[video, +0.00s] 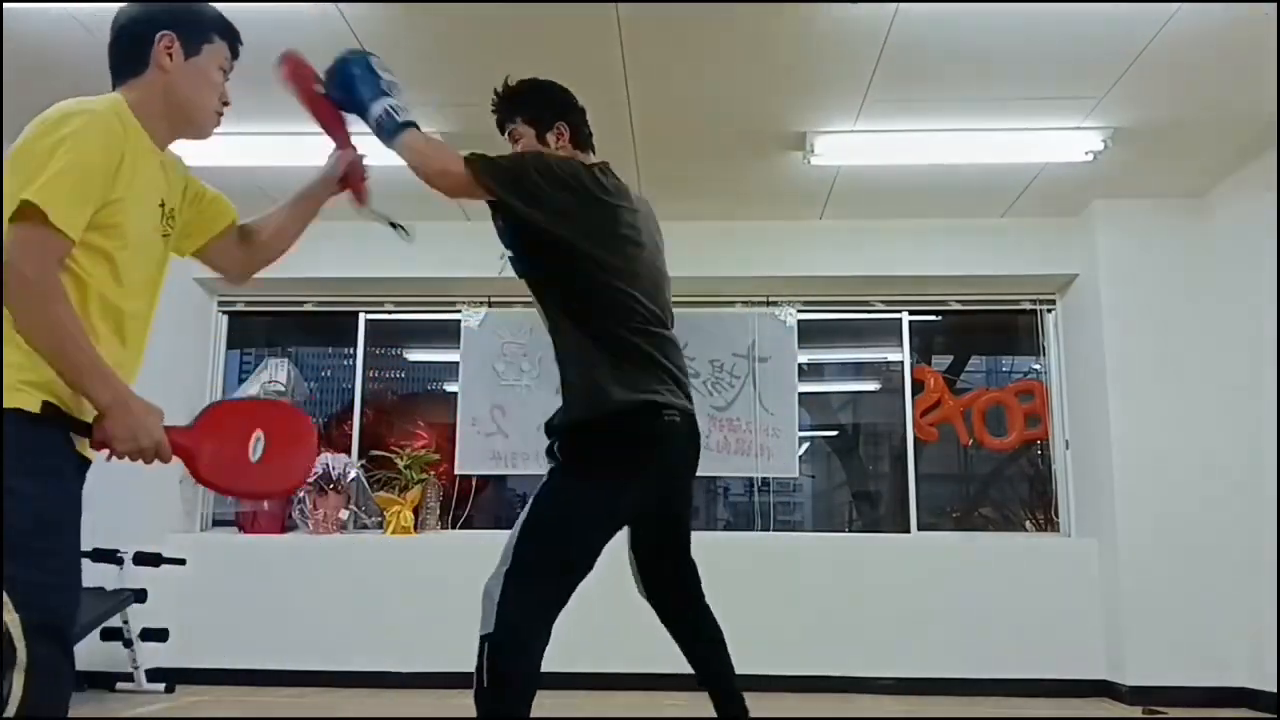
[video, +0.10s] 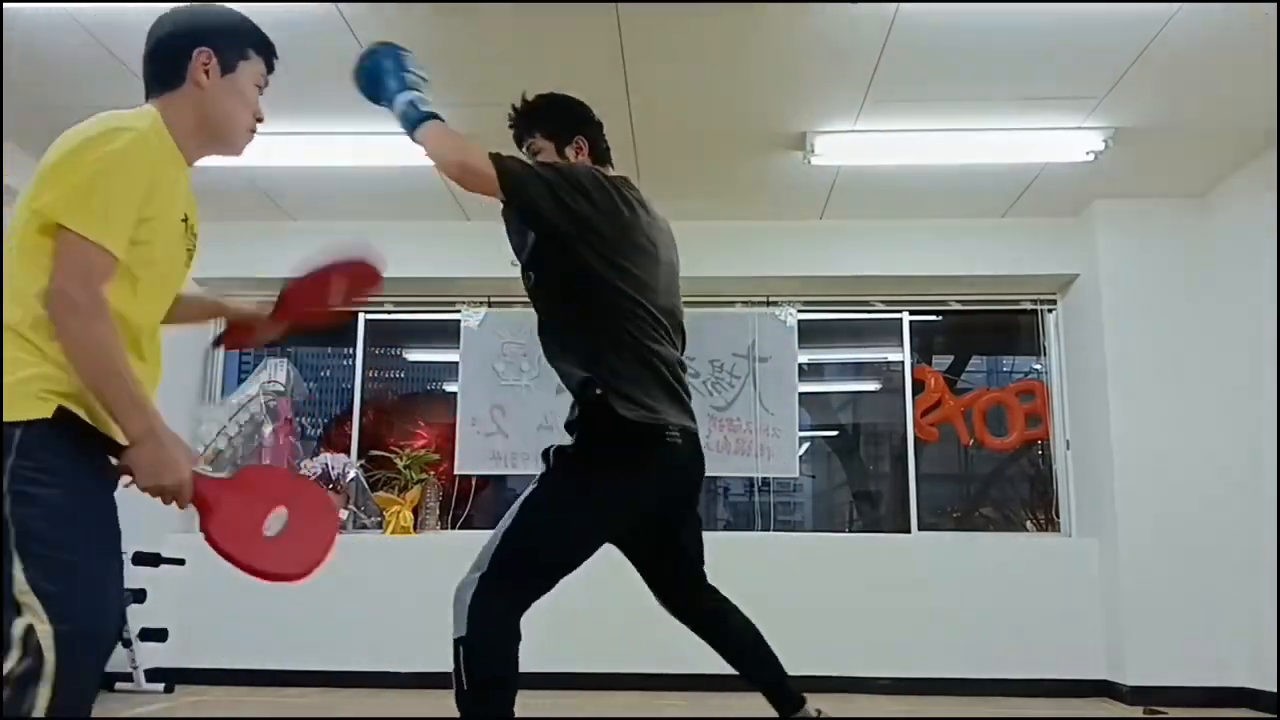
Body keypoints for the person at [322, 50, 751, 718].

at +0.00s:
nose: (510, 152)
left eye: (517, 137)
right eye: (509, 141)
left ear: (560, 135)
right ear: (568, 136)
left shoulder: (563, 179)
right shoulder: (627, 197)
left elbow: (450, 176)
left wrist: (378, 107)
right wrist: (524, 231)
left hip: (613, 427)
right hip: (672, 428)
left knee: (522, 598)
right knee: (669, 578)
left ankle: (502, 714)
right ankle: (735, 711)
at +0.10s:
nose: (526, 167)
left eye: (533, 152)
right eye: (524, 156)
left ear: (578, 147)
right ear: (596, 152)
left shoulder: (580, 189)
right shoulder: (646, 215)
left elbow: (469, 170)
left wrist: (410, 106)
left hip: (614, 445)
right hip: (673, 450)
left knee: (487, 597)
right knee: (688, 595)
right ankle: (796, 708)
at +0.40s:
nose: (650, 148)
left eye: (658, 132)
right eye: (650, 132)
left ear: (684, 130)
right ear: (696, 132)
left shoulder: (720, 182)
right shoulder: (719, 217)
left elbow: (658, 143)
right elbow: (651, 300)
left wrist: (630, 83)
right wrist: (630, 226)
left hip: (718, 425)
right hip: (761, 421)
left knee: (632, 578)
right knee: (790, 568)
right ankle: (891, 703)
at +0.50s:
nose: (683, 183)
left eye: (686, 163)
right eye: (677, 169)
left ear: (715, 154)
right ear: (732, 162)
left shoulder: (754, 203)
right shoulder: (745, 234)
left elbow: (696, 138)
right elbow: (683, 324)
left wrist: (688, 88)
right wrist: (669, 247)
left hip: (757, 444)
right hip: (788, 445)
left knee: (678, 609)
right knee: (820, 597)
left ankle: (707, 716)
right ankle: (908, 711)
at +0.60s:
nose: (729, 205)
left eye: (734, 188)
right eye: (724, 195)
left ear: (764, 177)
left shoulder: (806, 226)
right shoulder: (778, 264)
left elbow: (744, 176)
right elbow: (722, 325)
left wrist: (745, 126)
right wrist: (708, 256)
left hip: (810, 449)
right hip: (830, 451)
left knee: (742, 602)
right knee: (850, 608)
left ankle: (731, 715)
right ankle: (926, 713)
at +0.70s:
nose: (756, 187)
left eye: (757, 170)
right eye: (749, 176)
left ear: (784, 164)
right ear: (763, 182)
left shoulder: (835, 210)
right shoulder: (798, 240)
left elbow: (786, 177)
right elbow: (750, 309)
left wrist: (767, 121)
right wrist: (732, 238)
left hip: (858, 432)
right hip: (859, 432)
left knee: (804, 592)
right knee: (887, 591)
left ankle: (793, 713)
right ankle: (943, 712)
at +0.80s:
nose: (779, 188)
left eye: (781, 171)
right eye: (773, 179)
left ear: (810, 159)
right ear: (786, 184)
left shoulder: (861, 200)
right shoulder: (818, 233)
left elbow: (814, 173)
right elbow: (772, 299)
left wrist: (786, 121)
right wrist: (750, 223)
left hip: (889, 417)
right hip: (894, 417)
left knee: (840, 578)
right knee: (936, 579)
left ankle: (871, 711)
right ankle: (981, 707)